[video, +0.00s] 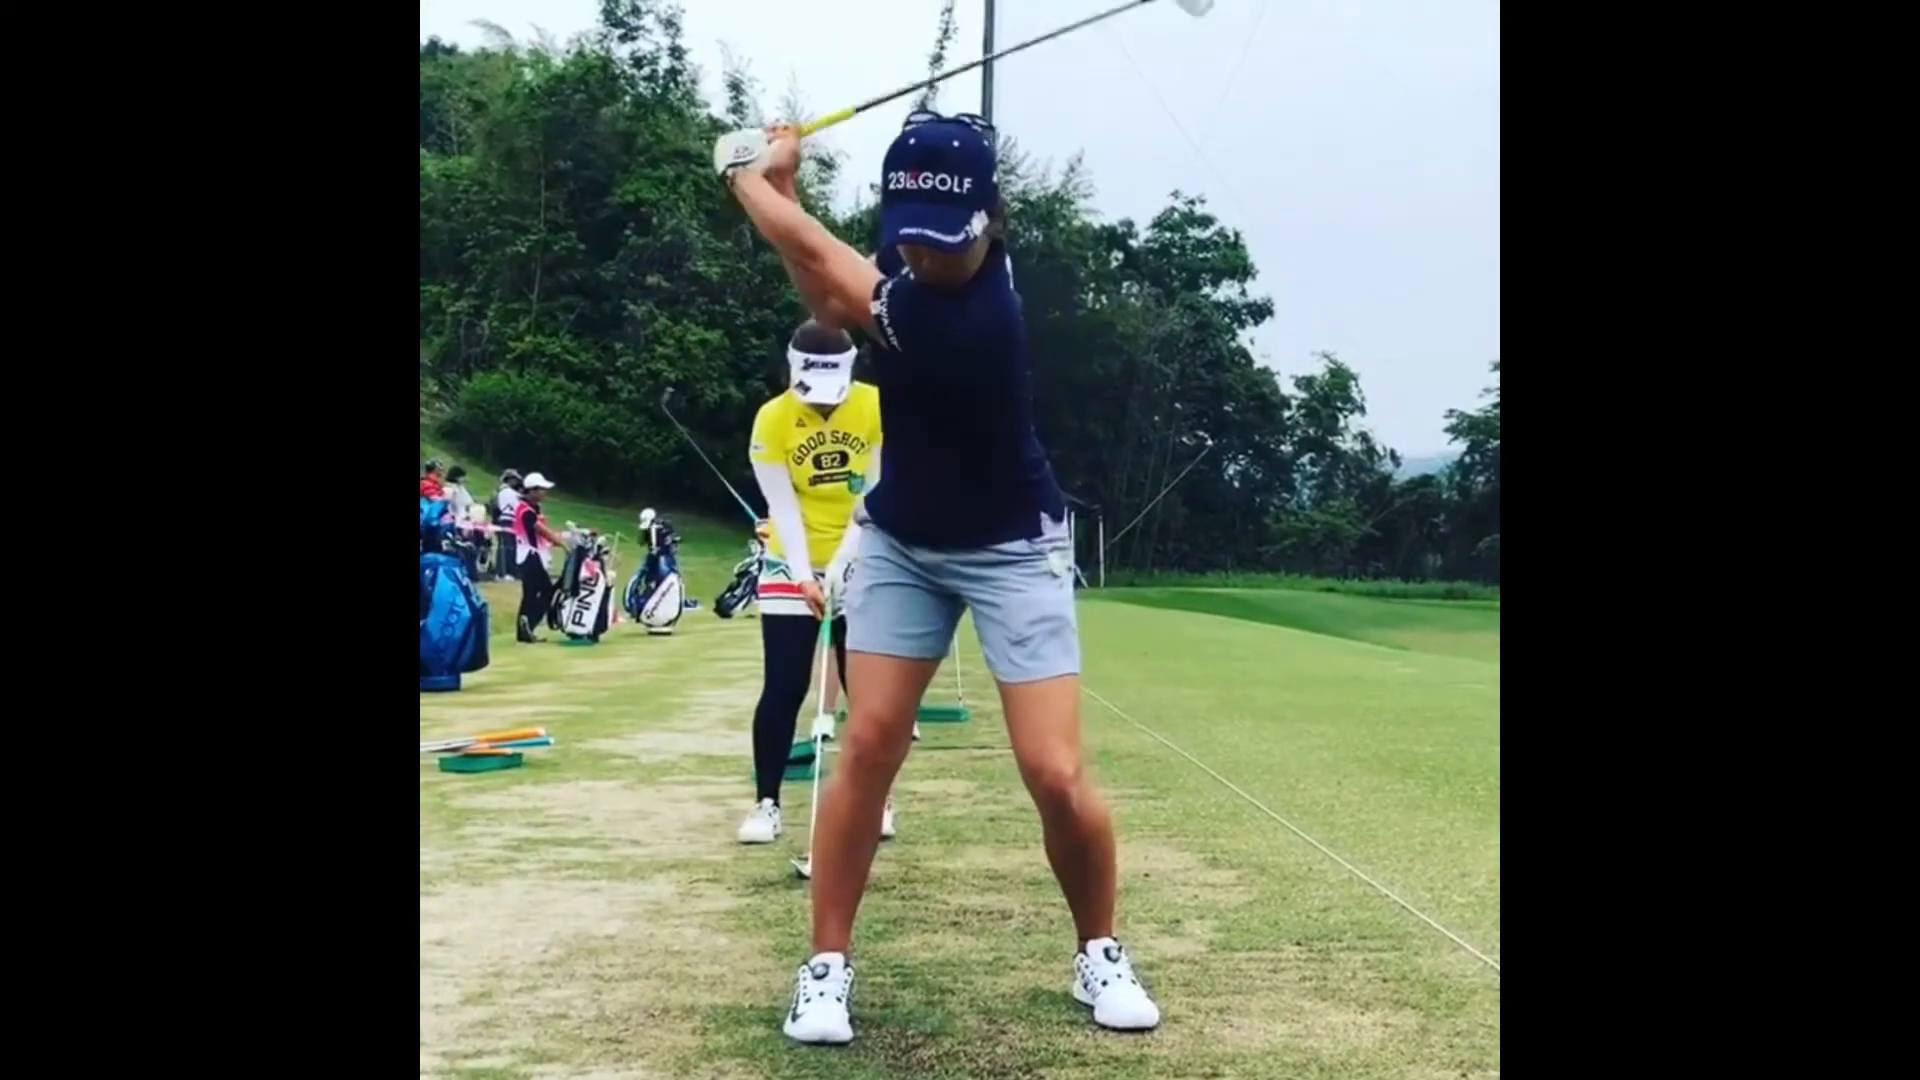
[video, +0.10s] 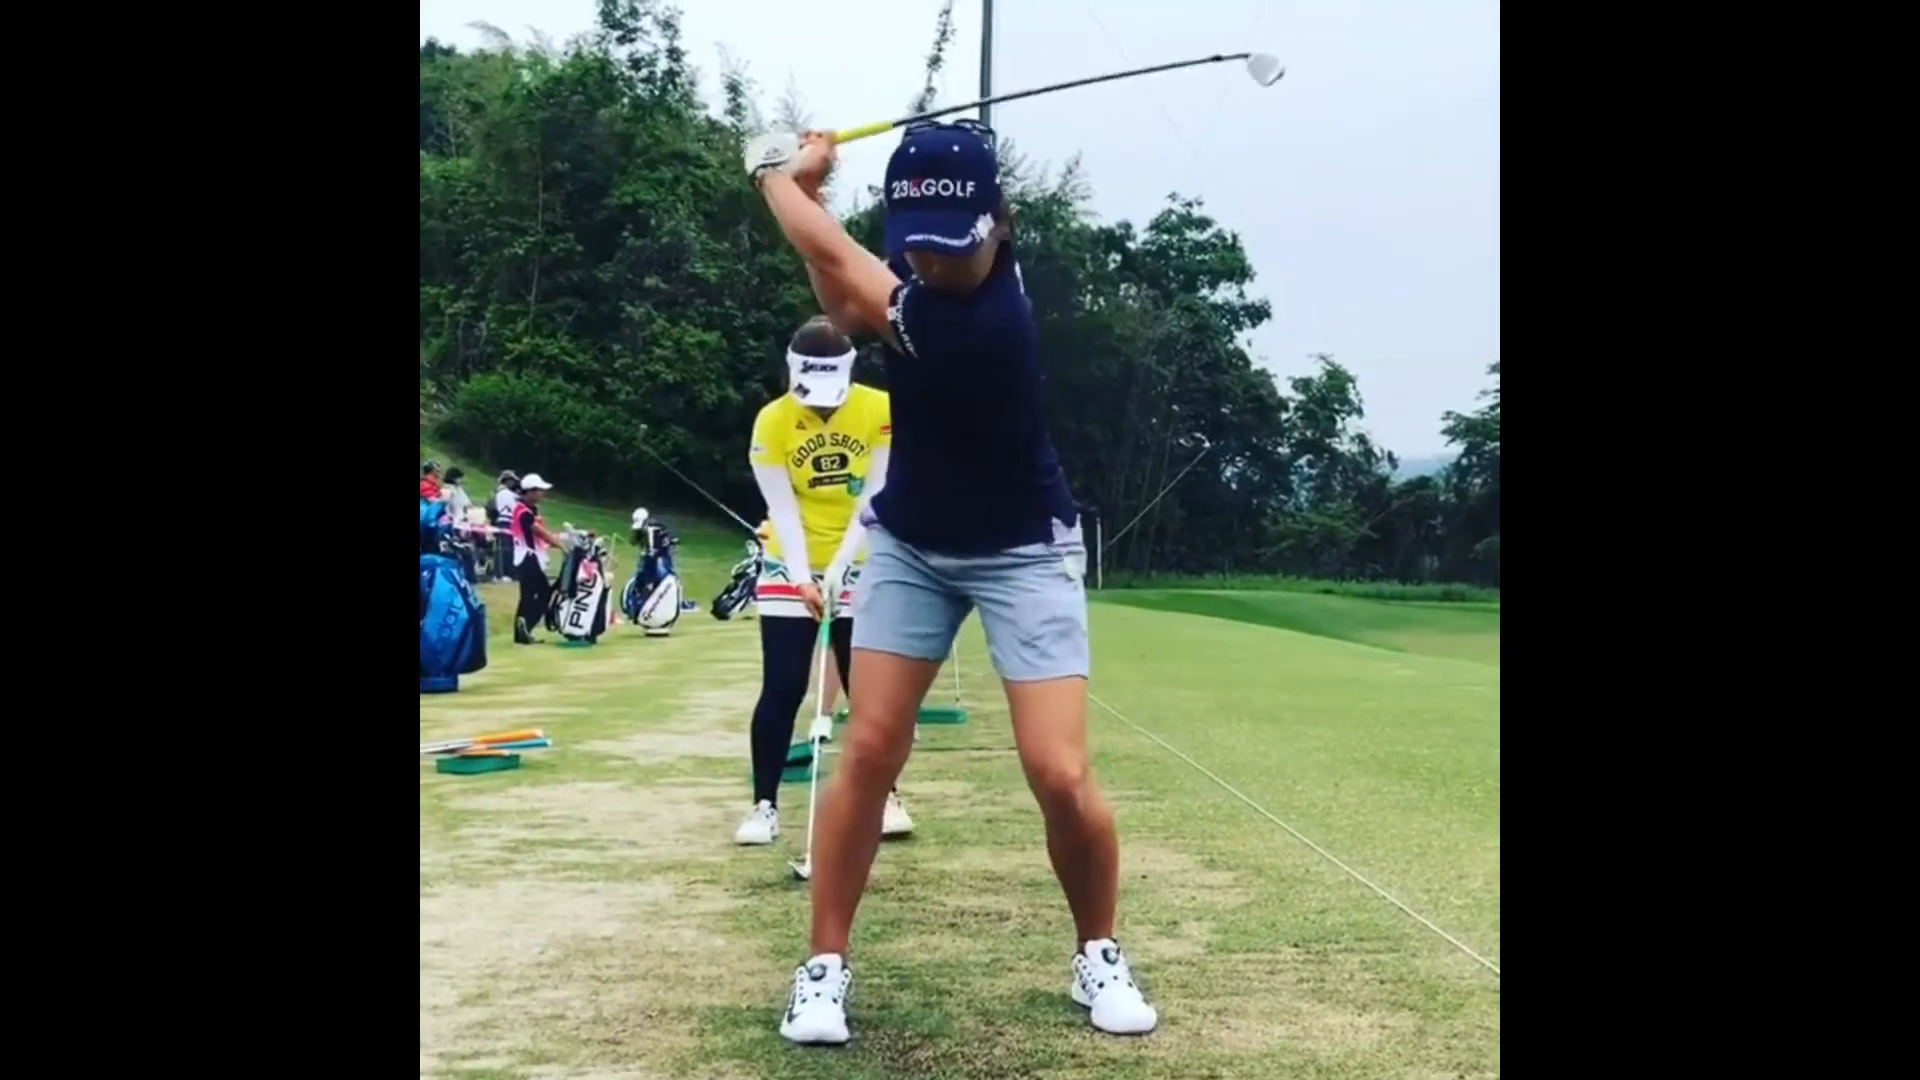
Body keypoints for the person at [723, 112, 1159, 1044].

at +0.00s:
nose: (930, 253)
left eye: (952, 233)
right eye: (914, 233)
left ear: (991, 213)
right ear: (891, 212)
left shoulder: (972, 309)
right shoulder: (902, 270)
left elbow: (809, 254)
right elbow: (832, 295)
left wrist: (747, 175)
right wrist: (782, 188)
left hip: (1017, 550)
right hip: (900, 541)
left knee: (1057, 775)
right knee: (870, 737)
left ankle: (1100, 951)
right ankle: (826, 962)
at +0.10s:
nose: (939, 260)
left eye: (958, 239)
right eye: (921, 242)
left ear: (999, 217)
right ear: (896, 224)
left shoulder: (991, 312)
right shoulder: (911, 286)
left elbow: (826, 251)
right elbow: (848, 306)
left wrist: (773, 175)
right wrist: (811, 192)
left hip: (1025, 555)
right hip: (908, 548)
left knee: (1062, 775)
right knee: (870, 743)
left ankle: (1099, 953)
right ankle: (825, 963)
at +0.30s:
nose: (984, 276)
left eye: (987, 254)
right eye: (961, 270)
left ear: (994, 217)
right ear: (915, 261)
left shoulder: (1056, 256)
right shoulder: (895, 327)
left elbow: (1063, 416)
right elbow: (932, 475)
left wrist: (1042, 550)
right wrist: (989, 567)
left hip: (1083, 524)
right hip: (973, 541)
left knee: (1117, 722)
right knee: (951, 748)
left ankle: (1108, 953)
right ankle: (829, 958)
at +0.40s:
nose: (997, 280)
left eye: (998, 254)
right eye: (973, 273)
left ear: (996, 217)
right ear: (928, 265)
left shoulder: (1014, 214)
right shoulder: (949, 356)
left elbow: (1105, 322)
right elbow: (1104, 423)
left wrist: (1197, 421)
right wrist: (1225, 445)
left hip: (1092, 513)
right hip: (1012, 535)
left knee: (1098, 728)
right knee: (968, 753)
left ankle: (1093, 952)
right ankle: (819, 942)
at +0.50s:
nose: (1034, 249)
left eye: (1033, 231)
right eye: (1013, 242)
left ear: (969, 242)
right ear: (964, 256)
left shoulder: (976, 261)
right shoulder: (1039, 326)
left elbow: (1090, 264)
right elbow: (1142, 284)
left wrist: (1196, 252)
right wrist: (1207, 228)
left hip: (1068, 527)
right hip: (1051, 542)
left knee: (1092, 727)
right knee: (1002, 758)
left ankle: (1088, 951)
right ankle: (833, 920)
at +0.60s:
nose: (1107, 221)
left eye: (1098, 207)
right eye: (1091, 217)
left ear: (999, 204)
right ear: (1042, 223)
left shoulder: (955, 240)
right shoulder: (1101, 280)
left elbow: (1091, 215)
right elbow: (1117, 201)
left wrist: (1120, 136)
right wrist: (1110, 113)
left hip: (1007, 509)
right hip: (1070, 524)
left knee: (1083, 740)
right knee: (1025, 759)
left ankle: (1085, 957)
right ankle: (874, 924)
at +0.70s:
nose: (1130, 184)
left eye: (1124, 169)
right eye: (1114, 177)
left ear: (1022, 183)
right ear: (1070, 192)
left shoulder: (969, 244)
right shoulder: (1132, 252)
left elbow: (976, 180)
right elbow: (1059, 172)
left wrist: (986, 95)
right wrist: (1002, 85)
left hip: (1002, 514)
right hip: (1081, 522)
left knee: (1077, 744)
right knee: (1023, 761)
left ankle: (1081, 958)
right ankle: (878, 927)